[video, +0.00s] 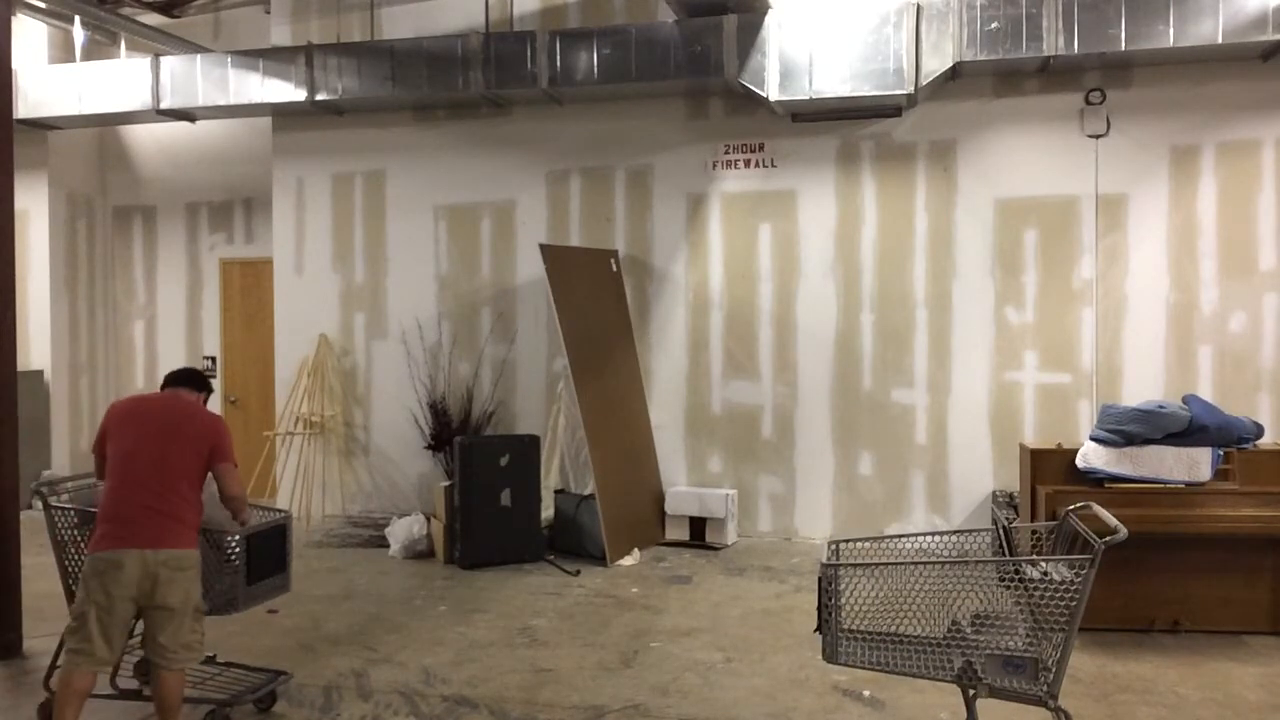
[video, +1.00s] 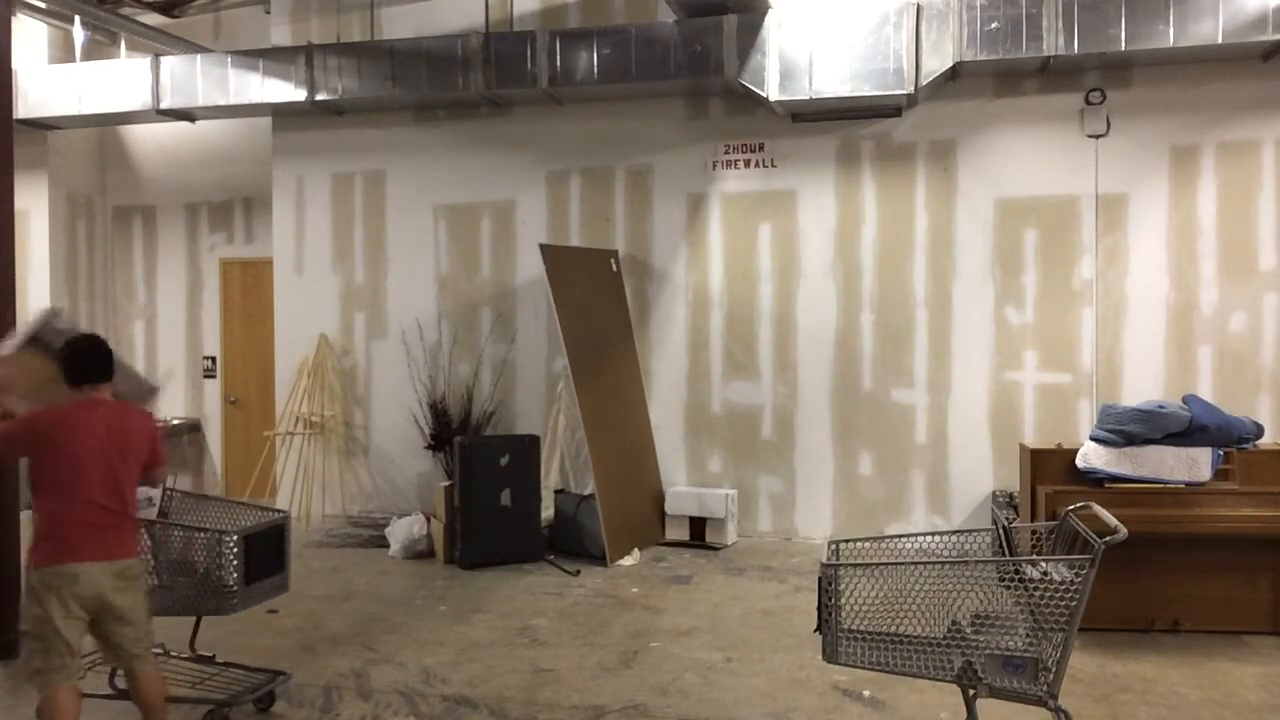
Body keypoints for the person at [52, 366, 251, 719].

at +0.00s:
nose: (205, 406)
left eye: (206, 403)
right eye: (207, 402)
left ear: (163, 389)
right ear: (200, 397)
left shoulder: (120, 408)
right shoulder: (210, 423)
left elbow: (102, 471)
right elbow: (231, 491)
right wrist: (241, 515)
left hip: (112, 552)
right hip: (175, 556)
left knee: (85, 655)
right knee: (171, 659)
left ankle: (62, 715)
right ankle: (169, 715)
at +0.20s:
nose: (201, 399)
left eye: (201, 395)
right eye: (203, 395)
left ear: (160, 384)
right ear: (199, 391)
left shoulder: (121, 405)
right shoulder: (211, 421)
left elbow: (104, 464)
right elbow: (230, 493)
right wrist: (240, 515)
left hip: (113, 552)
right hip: (175, 555)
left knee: (85, 655)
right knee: (170, 658)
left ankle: (64, 714)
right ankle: (168, 715)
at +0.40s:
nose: (188, 390)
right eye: (189, 385)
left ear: (146, 380)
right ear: (188, 383)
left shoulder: (115, 405)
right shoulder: (209, 420)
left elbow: (93, 452)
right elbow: (228, 487)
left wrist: (131, 436)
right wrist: (235, 510)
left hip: (115, 554)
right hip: (177, 555)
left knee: (86, 656)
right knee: (170, 657)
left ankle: (68, 717)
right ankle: (169, 716)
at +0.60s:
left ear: (123, 376)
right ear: (166, 372)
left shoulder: (102, 408)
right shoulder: (192, 411)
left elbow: (69, 435)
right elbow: (221, 477)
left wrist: (112, 411)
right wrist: (239, 481)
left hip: (113, 556)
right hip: (174, 554)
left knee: (84, 659)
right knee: (170, 656)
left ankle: (69, 716)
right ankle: (170, 716)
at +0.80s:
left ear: (91, 376)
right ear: (138, 372)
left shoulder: (78, 417)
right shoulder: (168, 417)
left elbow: (27, 428)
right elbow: (201, 480)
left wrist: (58, 389)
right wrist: (203, 448)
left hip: (95, 563)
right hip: (158, 558)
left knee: (79, 667)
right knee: (161, 660)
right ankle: (168, 716)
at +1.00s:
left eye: (66, 370)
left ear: (64, 375)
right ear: (111, 372)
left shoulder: (43, 423)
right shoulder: (139, 420)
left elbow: (4, 442)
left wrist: (8, 404)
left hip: (58, 570)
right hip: (121, 566)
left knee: (58, 677)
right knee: (140, 661)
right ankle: (158, 715)